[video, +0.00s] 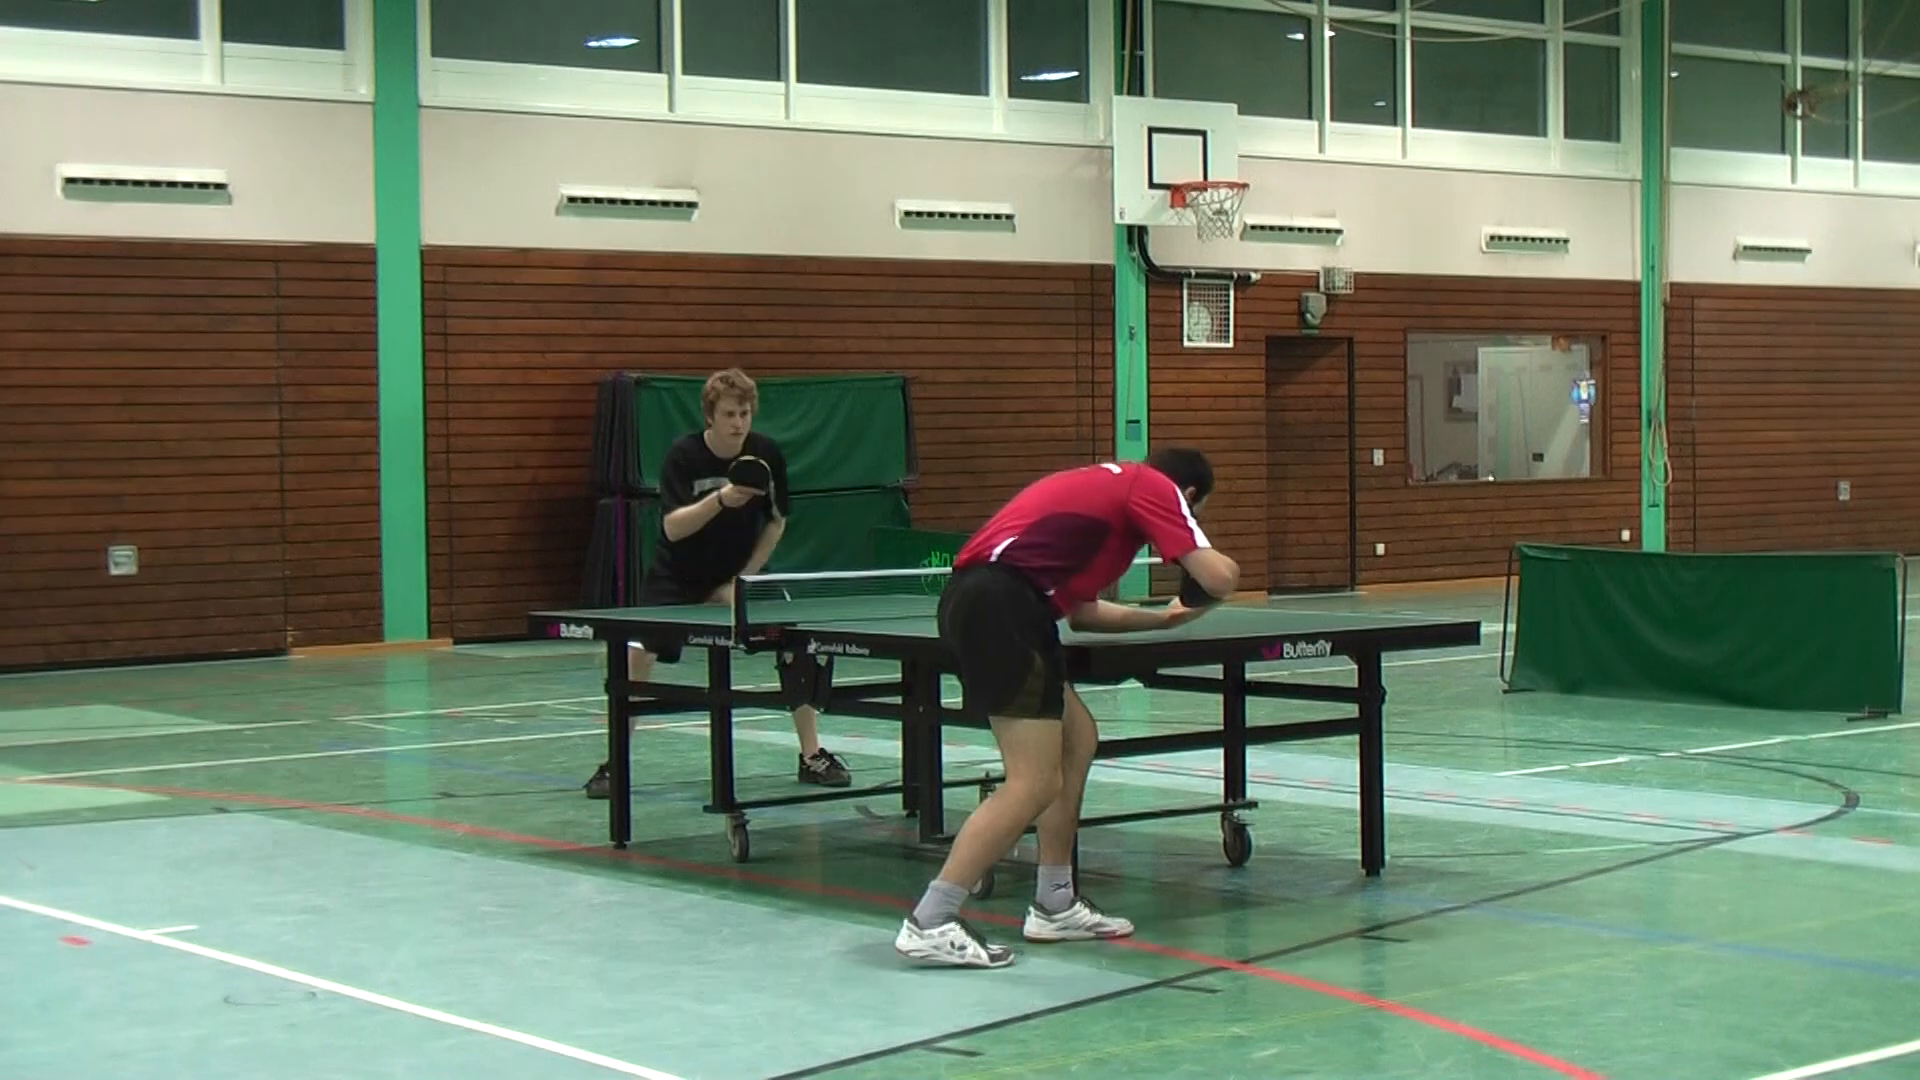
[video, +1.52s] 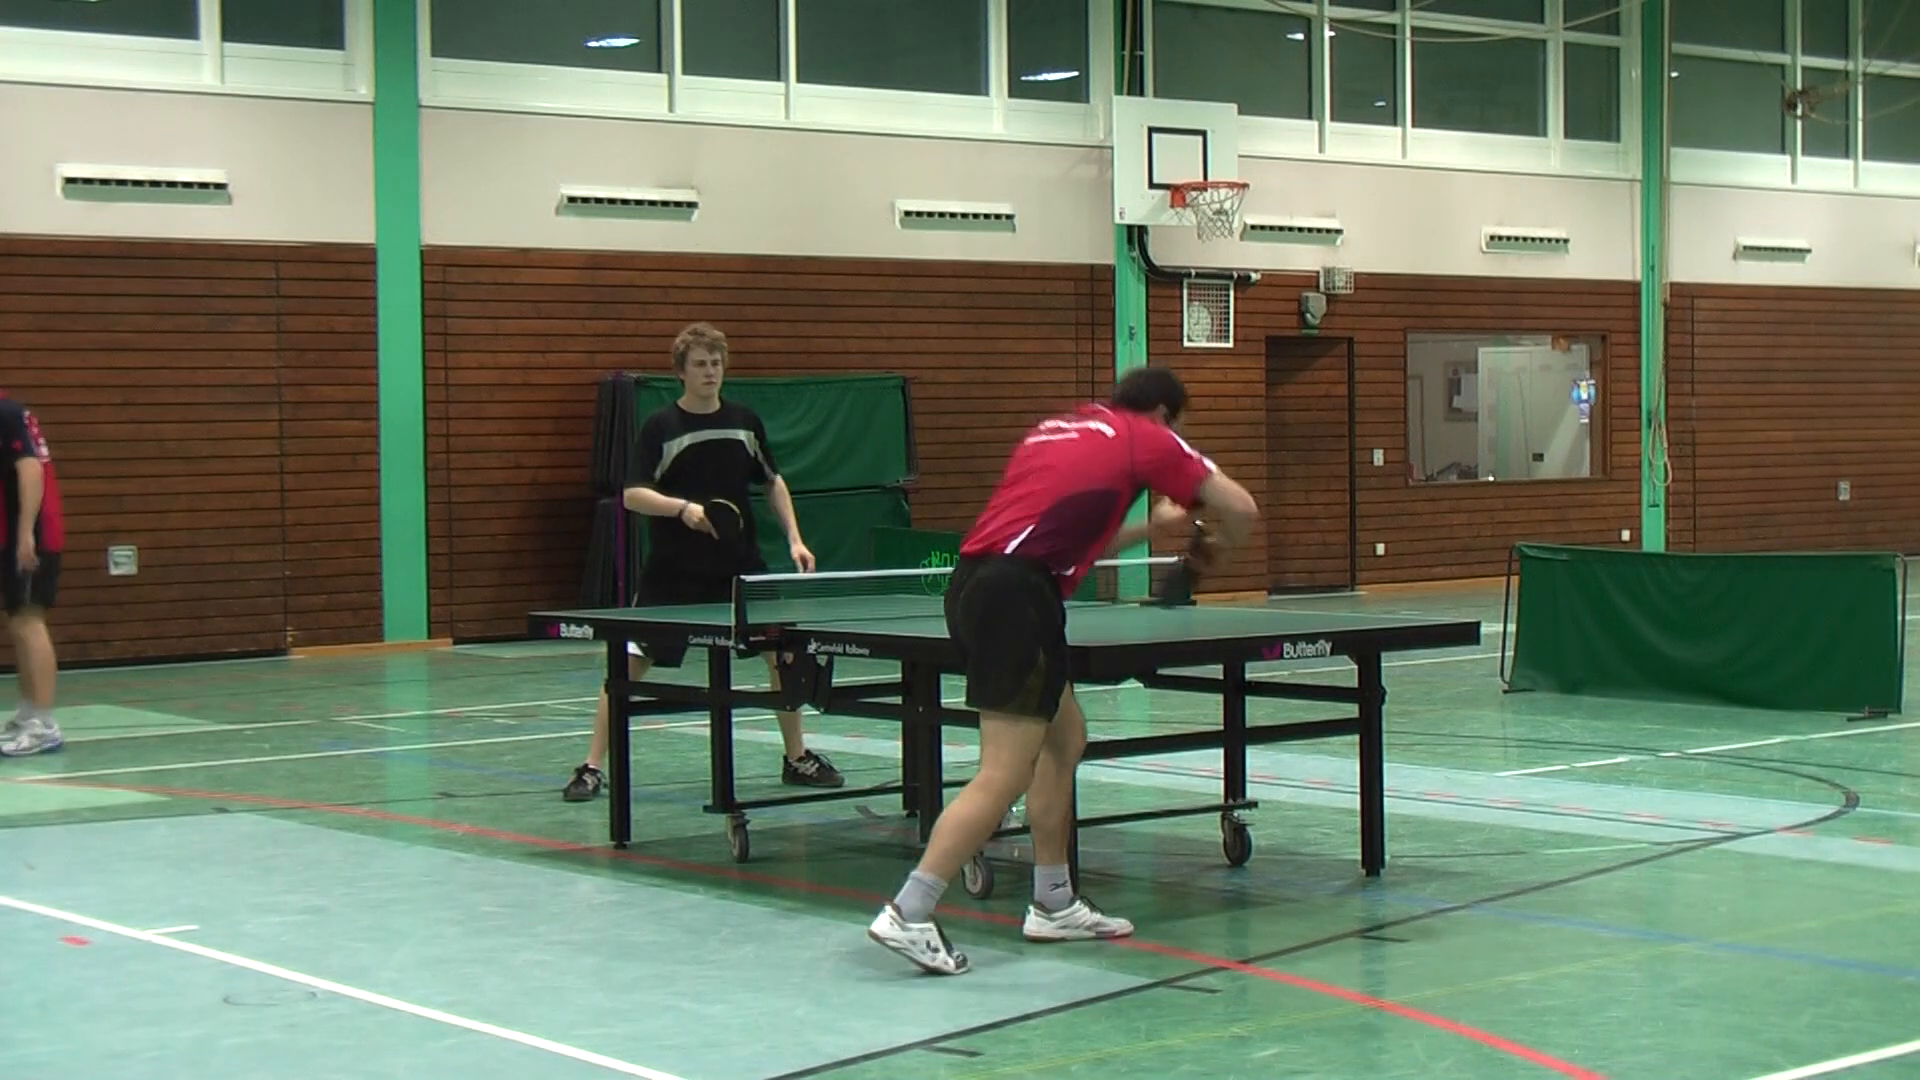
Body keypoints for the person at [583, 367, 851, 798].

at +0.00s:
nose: (739, 423)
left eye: (745, 414)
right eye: (729, 414)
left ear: (753, 414)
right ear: (709, 415)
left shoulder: (767, 454)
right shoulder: (683, 455)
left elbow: (776, 522)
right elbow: (672, 527)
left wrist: (743, 578)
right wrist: (719, 500)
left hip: (734, 576)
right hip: (675, 576)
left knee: (792, 639)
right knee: (636, 652)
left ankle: (812, 754)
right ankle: (616, 764)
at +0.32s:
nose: (736, 413)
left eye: (742, 404)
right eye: (727, 405)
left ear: (751, 405)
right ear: (707, 406)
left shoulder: (765, 448)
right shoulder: (681, 448)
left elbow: (768, 520)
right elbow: (670, 518)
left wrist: (707, 557)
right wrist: (720, 496)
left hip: (744, 566)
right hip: (681, 569)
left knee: (794, 641)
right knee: (643, 652)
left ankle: (812, 754)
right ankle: (617, 762)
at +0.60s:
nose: (740, 386)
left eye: (745, 378)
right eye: (730, 379)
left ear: (754, 383)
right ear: (711, 384)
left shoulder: (771, 434)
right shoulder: (687, 435)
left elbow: (792, 497)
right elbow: (669, 502)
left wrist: (749, 535)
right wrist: (722, 495)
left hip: (755, 562)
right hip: (691, 563)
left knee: (796, 646)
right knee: (656, 653)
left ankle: (812, 754)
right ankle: (616, 762)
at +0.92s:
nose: (733, 381)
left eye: (739, 373)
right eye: (723, 373)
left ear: (748, 377)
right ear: (704, 379)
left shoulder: (764, 432)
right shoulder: (683, 433)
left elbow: (787, 491)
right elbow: (651, 498)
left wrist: (807, 543)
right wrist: (704, 507)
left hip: (751, 572)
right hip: (685, 573)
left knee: (796, 651)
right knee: (642, 661)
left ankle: (812, 756)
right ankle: (595, 764)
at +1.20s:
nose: (707, 373)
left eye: (713, 365)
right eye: (697, 366)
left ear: (720, 370)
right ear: (676, 372)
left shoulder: (735, 423)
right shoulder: (652, 429)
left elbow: (747, 485)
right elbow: (620, 492)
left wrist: (770, 549)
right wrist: (671, 500)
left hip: (728, 572)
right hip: (664, 575)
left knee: (776, 646)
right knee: (623, 667)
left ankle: (797, 755)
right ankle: (592, 766)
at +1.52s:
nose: (710, 372)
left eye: (716, 364)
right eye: (701, 364)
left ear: (724, 368)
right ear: (681, 369)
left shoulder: (745, 420)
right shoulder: (661, 426)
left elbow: (773, 482)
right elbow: (633, 493)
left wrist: (794, 538)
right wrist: (682, 508)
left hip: (741, 565)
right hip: (675, 569)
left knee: (783, 648)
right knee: (629, 662)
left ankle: (798, 756)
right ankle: (593, 765)